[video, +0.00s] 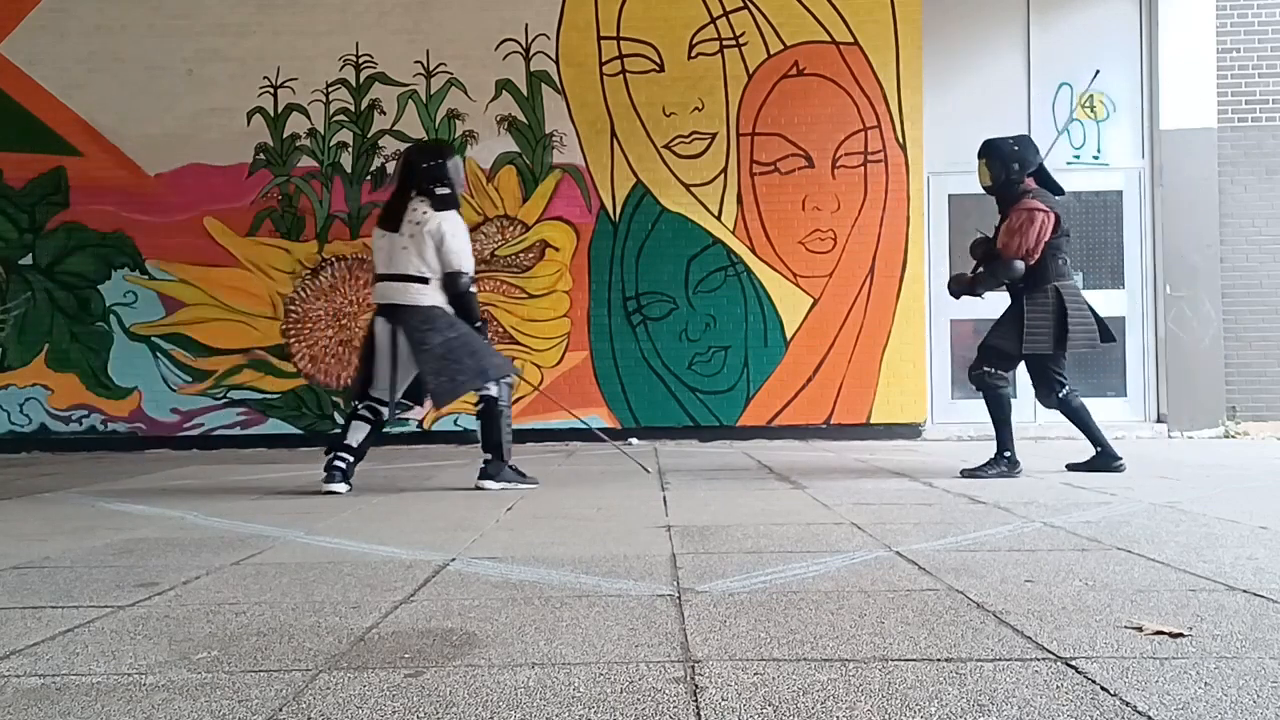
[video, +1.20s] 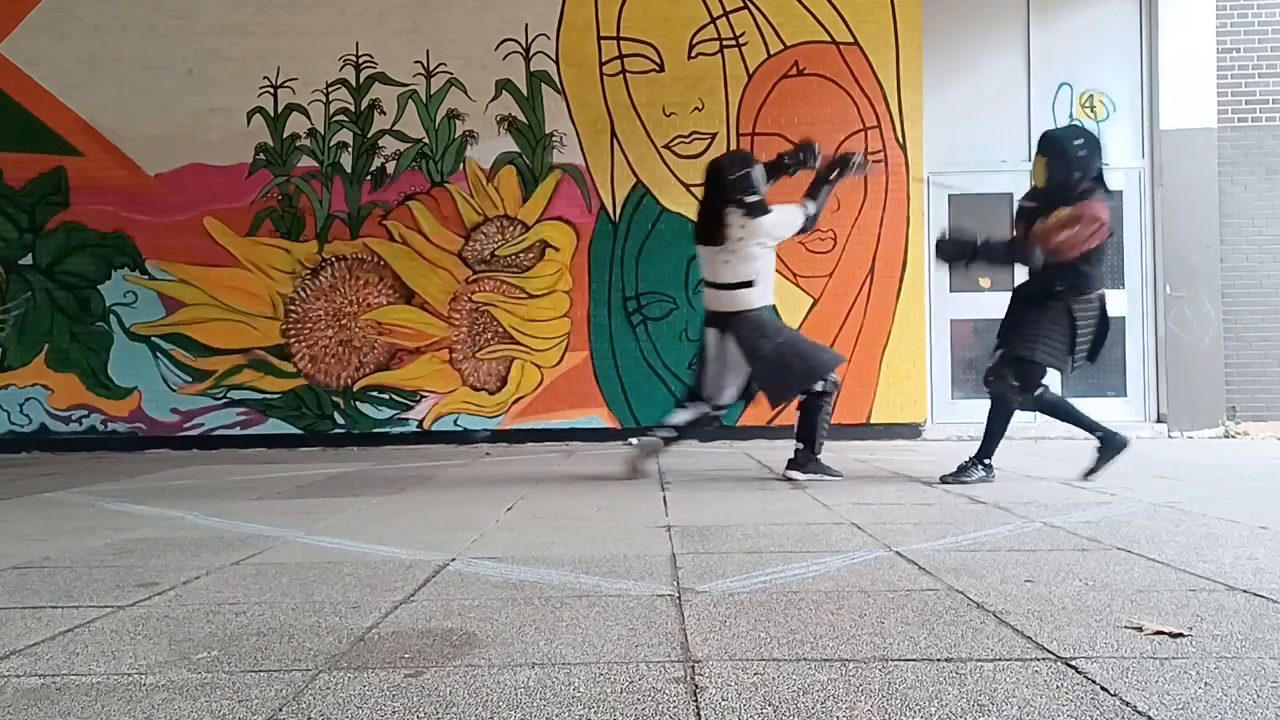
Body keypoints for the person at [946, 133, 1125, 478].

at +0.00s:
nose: (985, 178)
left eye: (990, 169)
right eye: (984, 170)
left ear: (1013, 169)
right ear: (1021, 170)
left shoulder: (1028, 208)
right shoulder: (1032, 202)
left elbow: (1010, 268)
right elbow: (1023, 257)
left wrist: (970, 283)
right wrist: (989, 251)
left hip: (1037, 303)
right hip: (1048, 301)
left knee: (988, 370)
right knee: (1052, 388)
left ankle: (1006, 458)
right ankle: (1106, 452)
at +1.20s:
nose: (1038, 170)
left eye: (1046, 163)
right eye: (1039, 162)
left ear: (1074, 166)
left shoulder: (1090, 212)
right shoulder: (1043, 202)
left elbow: (1038, 252)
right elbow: (1021, 248)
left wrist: (974, 249)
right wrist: (972, 250)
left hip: (1064, 304)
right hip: (1038, 300)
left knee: (1005, 377)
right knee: (1022, 387)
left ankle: (982, 462)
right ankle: (1108, 438)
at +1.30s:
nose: (1066, 149)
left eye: (1075, 143)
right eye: (1068, 141)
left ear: (1101, 146)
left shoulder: (1119, 189)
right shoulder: (1068, 184)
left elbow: (1059, 219)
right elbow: (1032, 226)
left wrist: (996, 200)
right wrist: (994, 201)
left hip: (1096, 300)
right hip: (1071, 297)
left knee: (1030, 381)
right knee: (1068, 395)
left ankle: (989, 461)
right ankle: (1140, 463)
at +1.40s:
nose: (1090, 127)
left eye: (1097, 121)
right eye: (1093, 120)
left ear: (1119, 128)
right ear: (1126, 129)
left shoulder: (1139, 172)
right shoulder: (1119, 169)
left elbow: (1076, 192)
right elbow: (1055, 199)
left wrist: (1017, 167)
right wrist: (1021, 167)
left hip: (1120, 291)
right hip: (1116, 289)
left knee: (1054, 360)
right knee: (1091, 379)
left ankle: (1056, 451)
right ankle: (1142, 463)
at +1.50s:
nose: (1117, 106)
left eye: (1124, 99)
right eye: (1120, 98)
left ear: (1146, 109)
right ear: (1160, 110)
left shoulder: (1160, 155)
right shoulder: (1166, 150)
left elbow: (1094, 179)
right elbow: (1096, 172)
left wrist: (1035, 152)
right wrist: (1054, 146)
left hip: (1150, 272)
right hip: (1152, 270)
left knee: (1107, 356)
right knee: (1109, 357)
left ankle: (1149, 456)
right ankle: (1152, 448)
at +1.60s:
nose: (1147, 96)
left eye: (1156, 88)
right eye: (1150, 87)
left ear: (1180, 95)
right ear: (1193, 95)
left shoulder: (1190, 144)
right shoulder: (1188, 137)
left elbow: (1118, 178)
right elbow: (1129, 170)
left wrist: (1057, 152)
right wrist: (1081, 149)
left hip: (1189, 268)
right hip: (1174, 266)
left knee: (1170, 368)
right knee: (1156, 365)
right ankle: (1157, 459)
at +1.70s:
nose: (1171, 94)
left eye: (1181, 86)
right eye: (1174, 84)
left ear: (1209, 94)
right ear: (1217, 97)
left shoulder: (1219, 147)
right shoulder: (1213, 140)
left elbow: (1150, 192)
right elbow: (1156, 181)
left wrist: (1090, 174)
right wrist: (1115, 150)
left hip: (1229, 271)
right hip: (1210, 270)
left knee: (1212, 378)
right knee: (1168, 362)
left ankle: (1273, 476)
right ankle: (1211, 449)